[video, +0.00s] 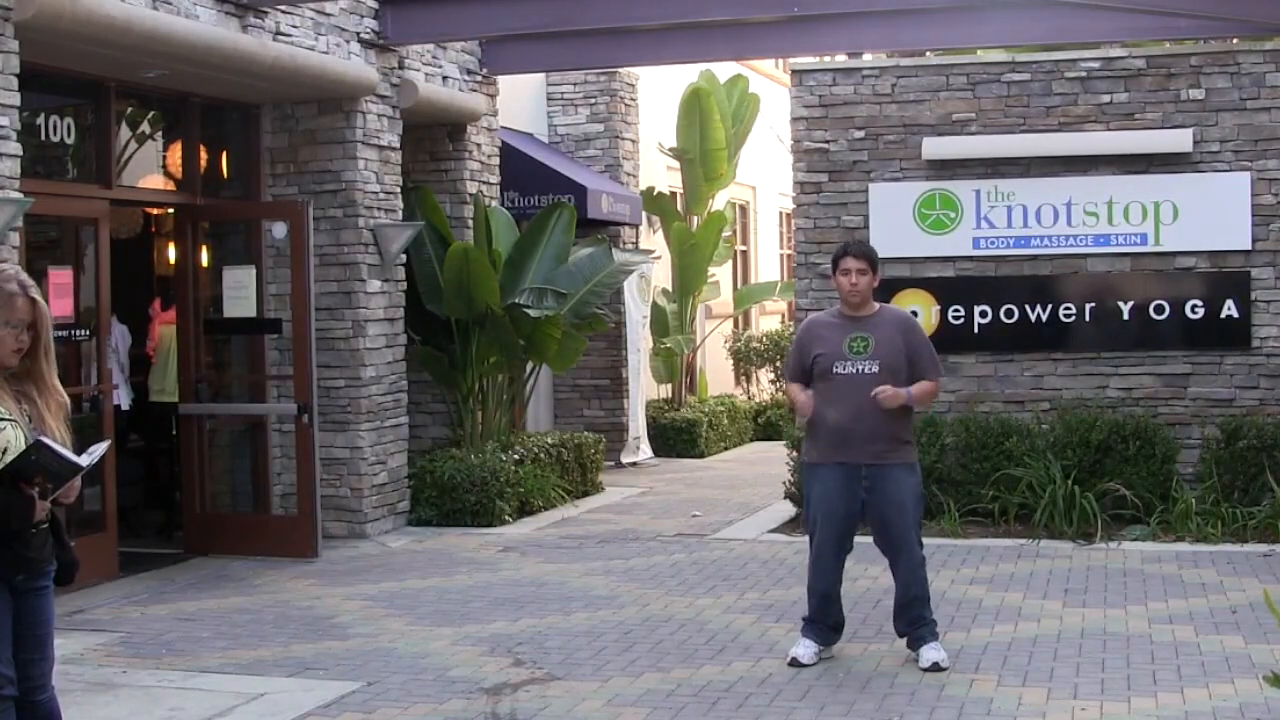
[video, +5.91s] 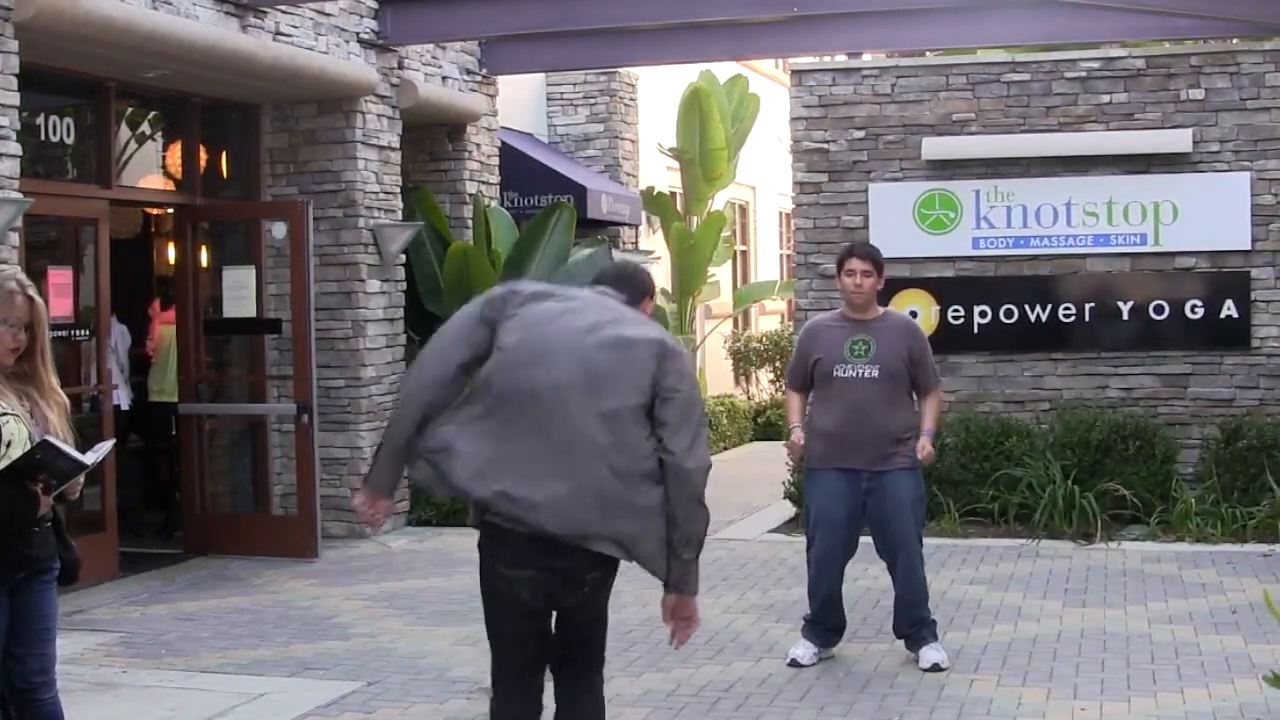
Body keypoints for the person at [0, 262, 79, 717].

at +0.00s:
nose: (21, 338)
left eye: (27, 327)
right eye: (10, 326)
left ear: (37, 332)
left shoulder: (42, 395)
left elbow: (60, 475)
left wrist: (67, 490)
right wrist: (23, 505)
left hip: (36, 564)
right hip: (2, 565)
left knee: (37, 690)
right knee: (5, 691)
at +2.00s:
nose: (12, 337)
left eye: (20, 326)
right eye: (4, 325)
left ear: (32, 329)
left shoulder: (46, 392)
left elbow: (66, 472)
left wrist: (70, 484)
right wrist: (30, 501)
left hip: (37, 553)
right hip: (3, 553)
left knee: (36, 682)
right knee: (17, 685)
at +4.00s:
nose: (18, 334)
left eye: (25, 324)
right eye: (8, 322)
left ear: (34, 328)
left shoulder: (43, 389)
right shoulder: (5, 389)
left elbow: (63, 464)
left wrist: (69, 482)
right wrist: (33, 493)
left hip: (41, 557)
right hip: (3, 556)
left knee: (39, 689)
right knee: (7, 690)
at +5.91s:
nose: (15, 337)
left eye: (23, 327)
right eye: (7, 325)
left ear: (34, 332)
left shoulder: (44, 395)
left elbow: (63, 473)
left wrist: (69, 487)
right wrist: (25, 501)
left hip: (36, 563)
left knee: (36, 691)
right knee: (13, 692)